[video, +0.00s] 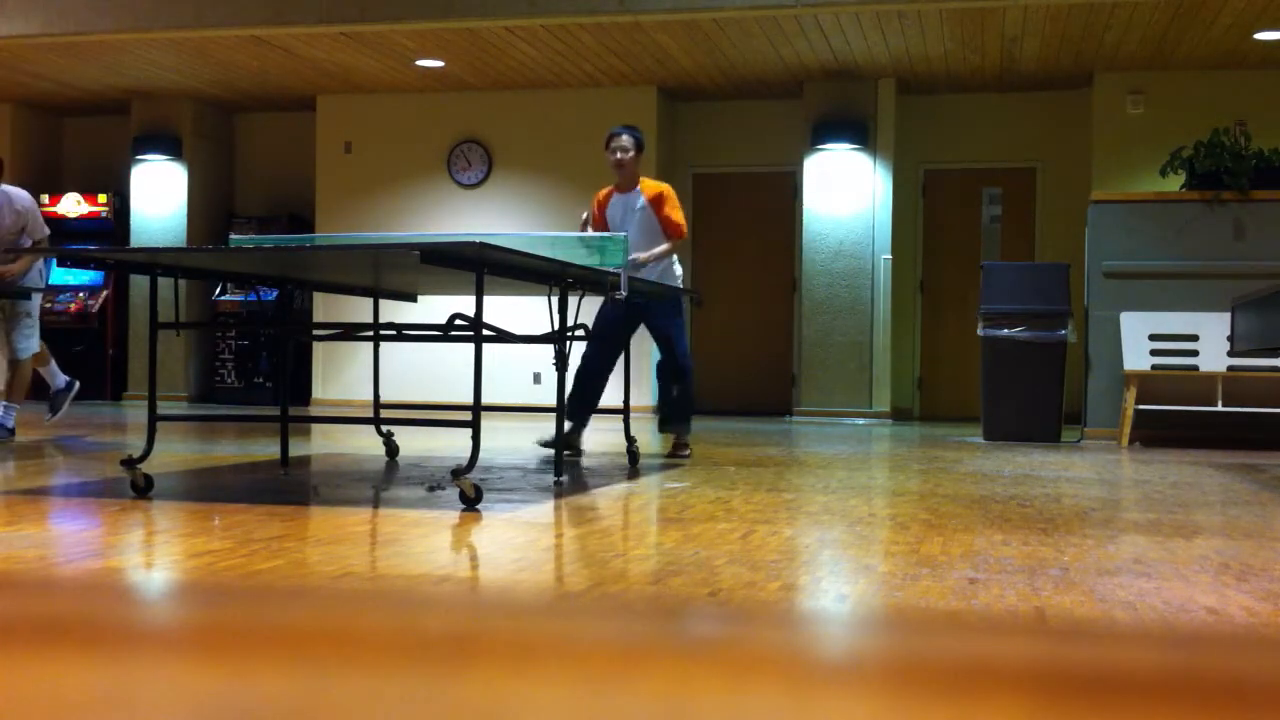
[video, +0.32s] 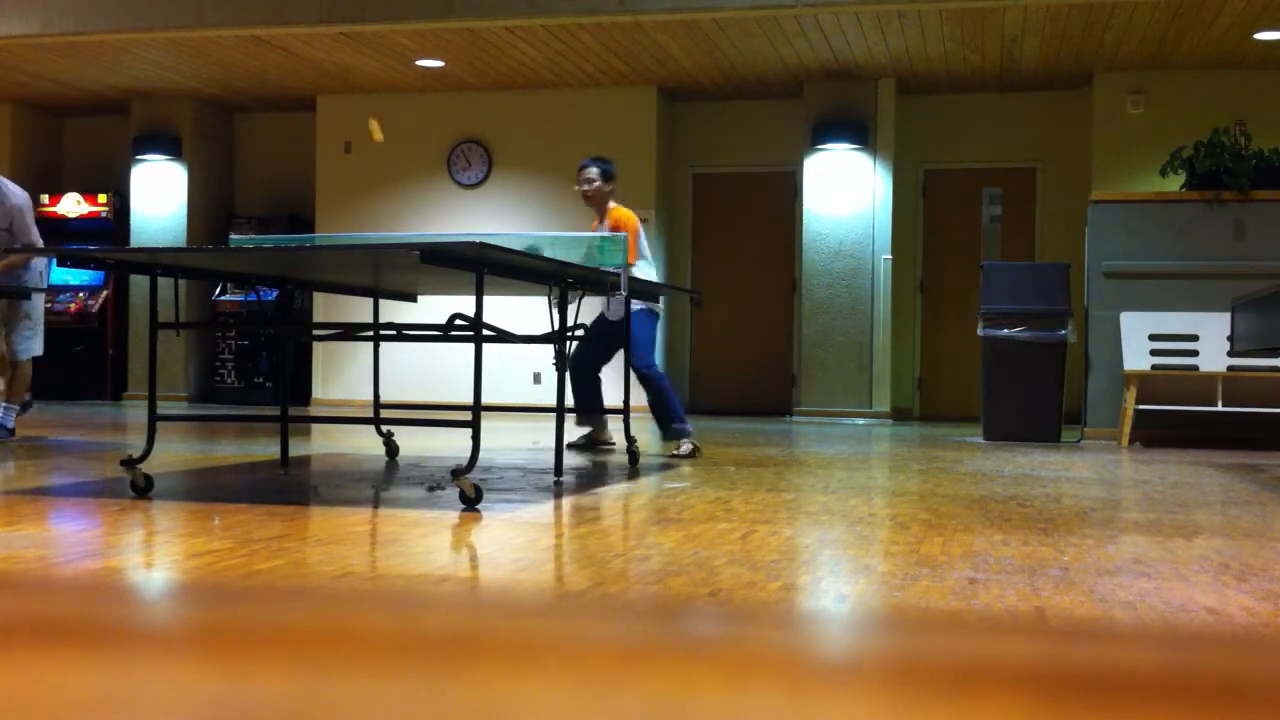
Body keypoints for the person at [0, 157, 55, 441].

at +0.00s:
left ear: (3, 172)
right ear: (3, 173)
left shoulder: (18, 200)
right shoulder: (15, 201)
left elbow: (42, 242)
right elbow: (40, 241)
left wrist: (17, 266)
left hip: (24, 272)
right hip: (4, 273)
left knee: (21, 346)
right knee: (22, 337)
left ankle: (7, 418)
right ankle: (60, 383)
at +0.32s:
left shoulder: (14, 199)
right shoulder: (12, 198)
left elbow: (31, 248)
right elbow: (28, 247)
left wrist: (4, 265)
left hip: (26, 275)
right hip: (8, 275)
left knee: (20, 350)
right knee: (6, 347)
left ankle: (7, 418)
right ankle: (18, 397)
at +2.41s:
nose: (14, 160)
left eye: (21, 153)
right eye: (9, 154)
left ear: (38, 156)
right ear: (5, 157)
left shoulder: (60, 189)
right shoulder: (2, 192)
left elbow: (78, 228)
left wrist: (58, 242)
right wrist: (19, 238)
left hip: (58, 283)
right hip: (11, 284)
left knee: (72, 348)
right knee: (2, 352)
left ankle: (72, 414)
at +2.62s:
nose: (36, 165)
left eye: (43, 160)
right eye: (32, 159)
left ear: (60, 164)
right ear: (28, 162)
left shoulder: (79, 196)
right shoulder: (15, 197)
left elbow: (90, 230)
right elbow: (1, 230)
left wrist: (90, 253)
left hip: (73, 291)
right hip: (25, 292)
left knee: (88, 350)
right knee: (6, 350)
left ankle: (94, 415)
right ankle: (1, 412)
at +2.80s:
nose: (43, 148)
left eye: (51, 143)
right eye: (42, 143)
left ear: (70, 149)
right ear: (40, 148)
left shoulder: (92, 189)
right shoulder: (26, 186)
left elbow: (107, 227)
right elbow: (5, 225)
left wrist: (97, 251)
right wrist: (10, 253)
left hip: (79, 286)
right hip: (34, 285)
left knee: (94, 352)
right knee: (14, 351)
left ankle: (95, 416)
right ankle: (4, 415)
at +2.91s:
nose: (41, 145)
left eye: (48, 139)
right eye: (39, 139)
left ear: (68, 144)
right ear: (38, 144)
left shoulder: (92, 187)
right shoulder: (24, 185)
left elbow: (109, 228)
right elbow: (12, 228)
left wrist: (100, 243)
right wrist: (10, 252)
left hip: (79, 283)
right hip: (34, 281)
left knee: (94, 351)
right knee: (15, 350)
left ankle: (95, 416)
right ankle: (6, 415)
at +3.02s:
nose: (37, 143)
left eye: (44, 138)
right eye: (35, 138)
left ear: (64, 142)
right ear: (33, 143)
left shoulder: (90, 186)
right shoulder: (23, 183)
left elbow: (108, 229)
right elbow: (13, 228)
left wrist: (93, 239)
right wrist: (11, 253)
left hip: (79, 283)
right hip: (34, 281)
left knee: (94, 351)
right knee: (15, 351)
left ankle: (95, 416)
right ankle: (6, 415)